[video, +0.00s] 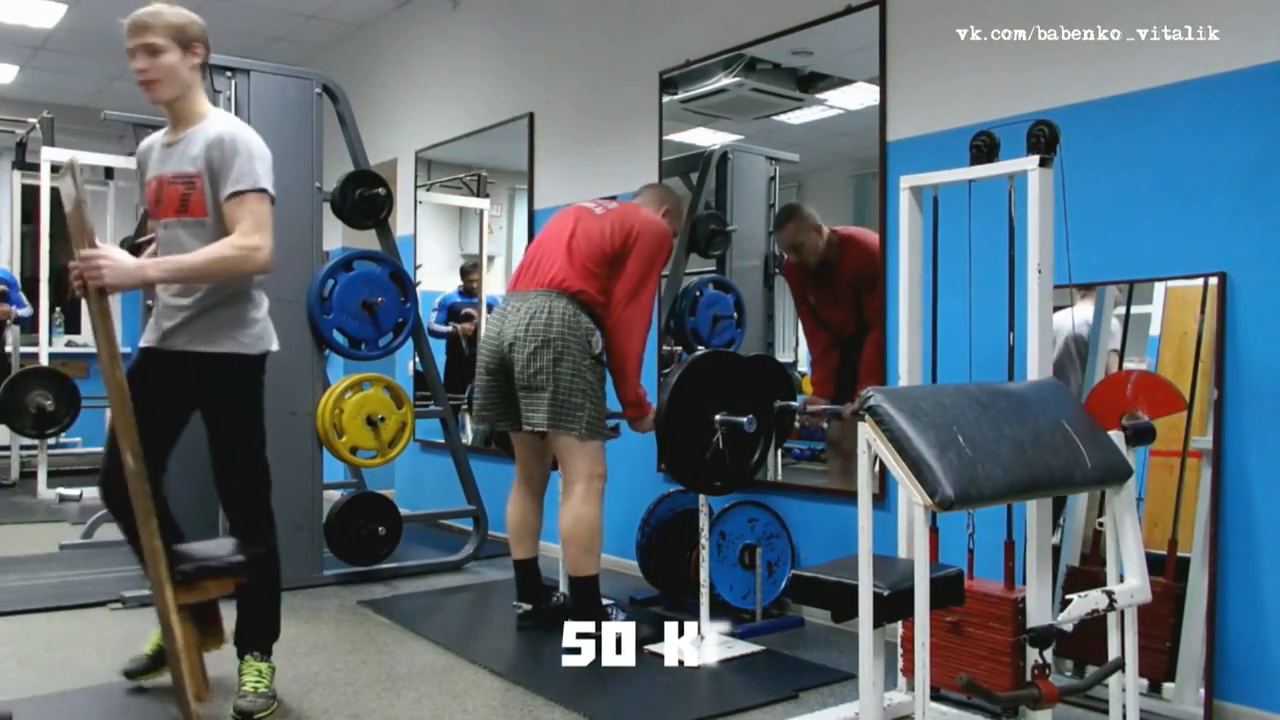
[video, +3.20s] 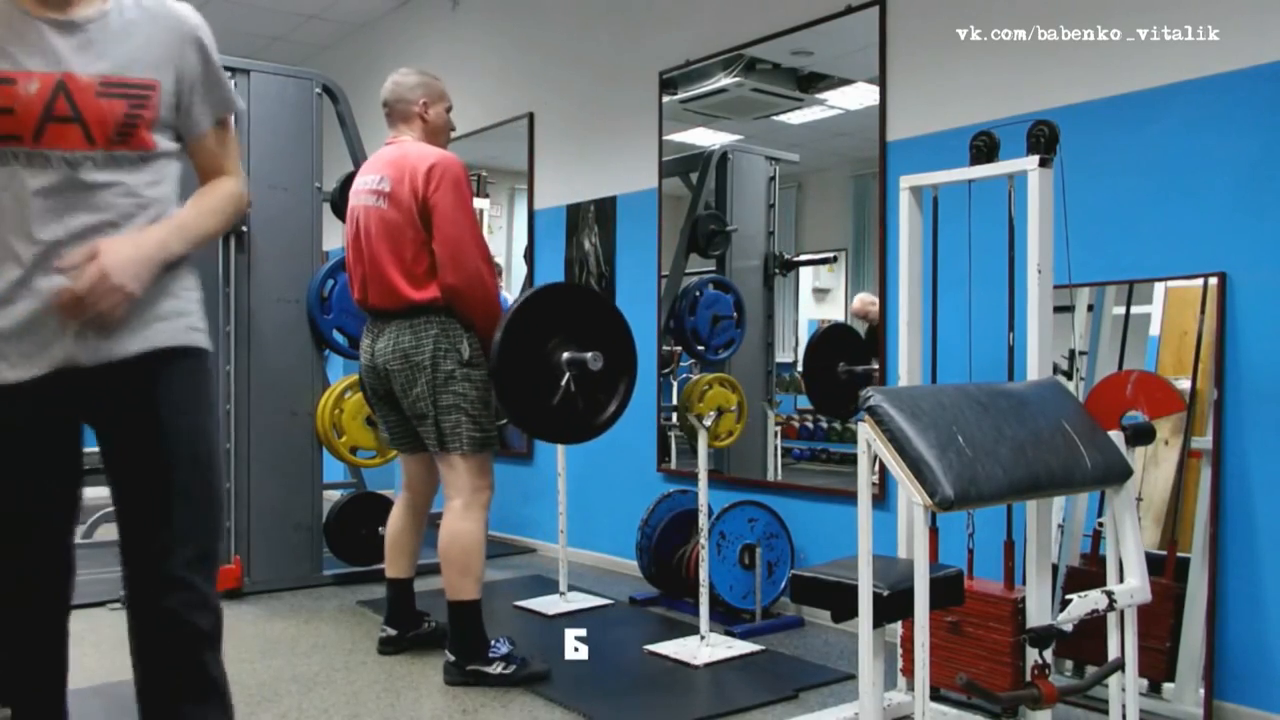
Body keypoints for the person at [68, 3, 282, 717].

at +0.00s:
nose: (140, 67)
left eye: (153, 52)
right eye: (133, 56)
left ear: (195, 55)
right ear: (131, 67)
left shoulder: (234, 139)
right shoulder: (150, 151)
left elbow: (255, 249)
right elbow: (156, 242)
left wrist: (141, 270)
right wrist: (112, 265)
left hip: (232, 346)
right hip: (166, 345)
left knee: (246, 498)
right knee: (122, 481)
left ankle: (256, 653)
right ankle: (192, 618)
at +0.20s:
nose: (98, 69)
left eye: (108, 53)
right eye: (95, 57)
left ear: (153, 53)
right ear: (126, 62)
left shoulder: (204, 136)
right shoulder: (131, 150)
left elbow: (223, 250)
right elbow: (148, 253)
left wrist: (108, 256)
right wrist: (91, 254)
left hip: (213, 351)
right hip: (149, 349)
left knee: (230, 506)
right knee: (104, 490)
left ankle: (254, 658)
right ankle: (92, 649)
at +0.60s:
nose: (4, 50)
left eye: (15, 35)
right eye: (1, 39)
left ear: (62, 40)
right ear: (11, 52)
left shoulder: (108, 125)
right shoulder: (13, 135)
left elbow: (116, 241)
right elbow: (27, 239)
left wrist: (11, 256)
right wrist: (12, 277)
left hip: (113, 326)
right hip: (43, 334)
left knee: (113, 483)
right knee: (27, 492)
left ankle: (181, 649)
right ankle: (49, 659)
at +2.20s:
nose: (74, 6)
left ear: (129, 12)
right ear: (54, 10)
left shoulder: (163, 105)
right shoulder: (30, 108)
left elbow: (234, 219)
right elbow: (16, 197)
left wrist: (111, 249)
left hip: (154, 346)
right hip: (70, 346)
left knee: (158, 513)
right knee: (100, 507)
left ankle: (167, 685)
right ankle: (155, 616)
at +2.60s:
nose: (74, 4)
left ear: (122, 2)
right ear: (47, 7)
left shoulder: (170, 88)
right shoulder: (21, 102)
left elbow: (234, 220)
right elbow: (20, 223)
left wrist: (100, 236)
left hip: (176, 345)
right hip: (72, 346)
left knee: (186, 526)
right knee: (39, 515)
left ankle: (177, 685)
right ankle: (89, 685)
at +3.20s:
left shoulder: (171, 26)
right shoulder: (8, 27)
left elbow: (229, 183)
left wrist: (149, 245)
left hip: (155, 339)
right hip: (18, 351)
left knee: (177, 598)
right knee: (24, 602)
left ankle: (191, 715)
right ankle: (35, 712)